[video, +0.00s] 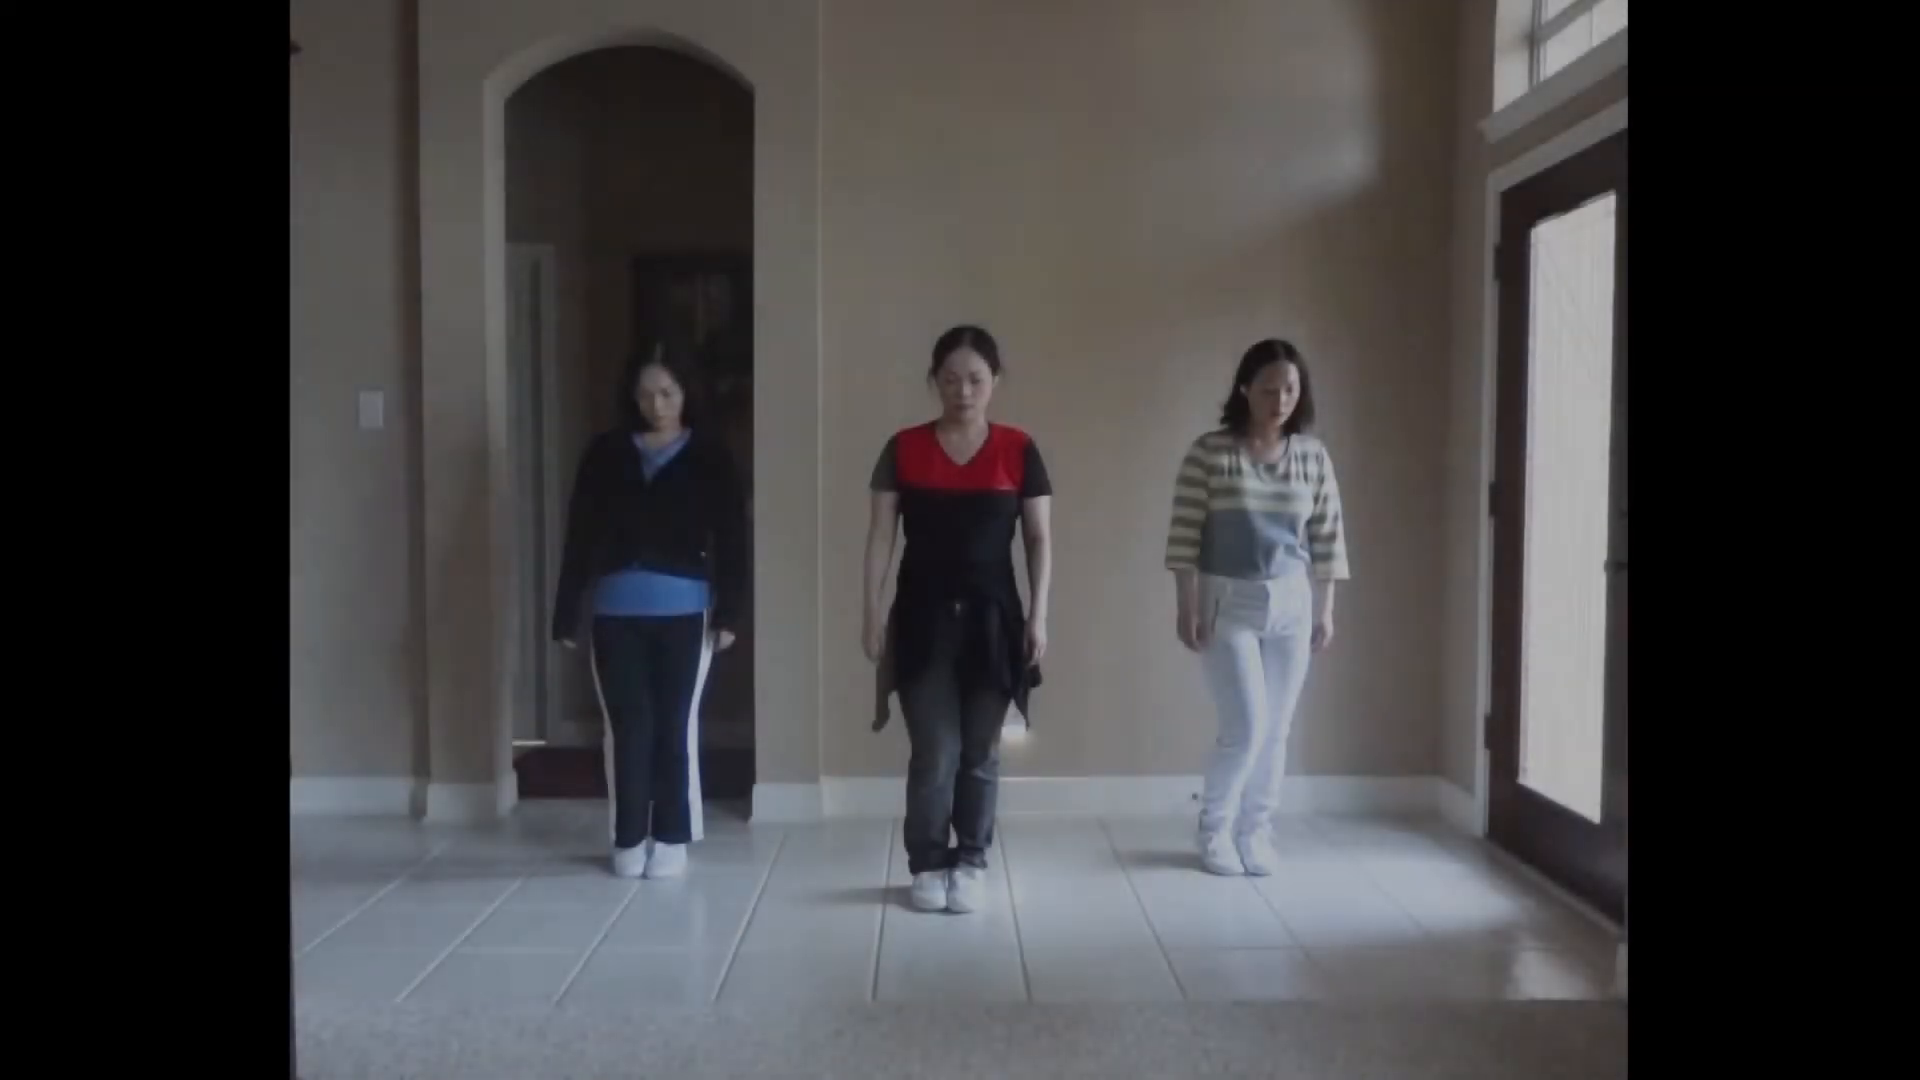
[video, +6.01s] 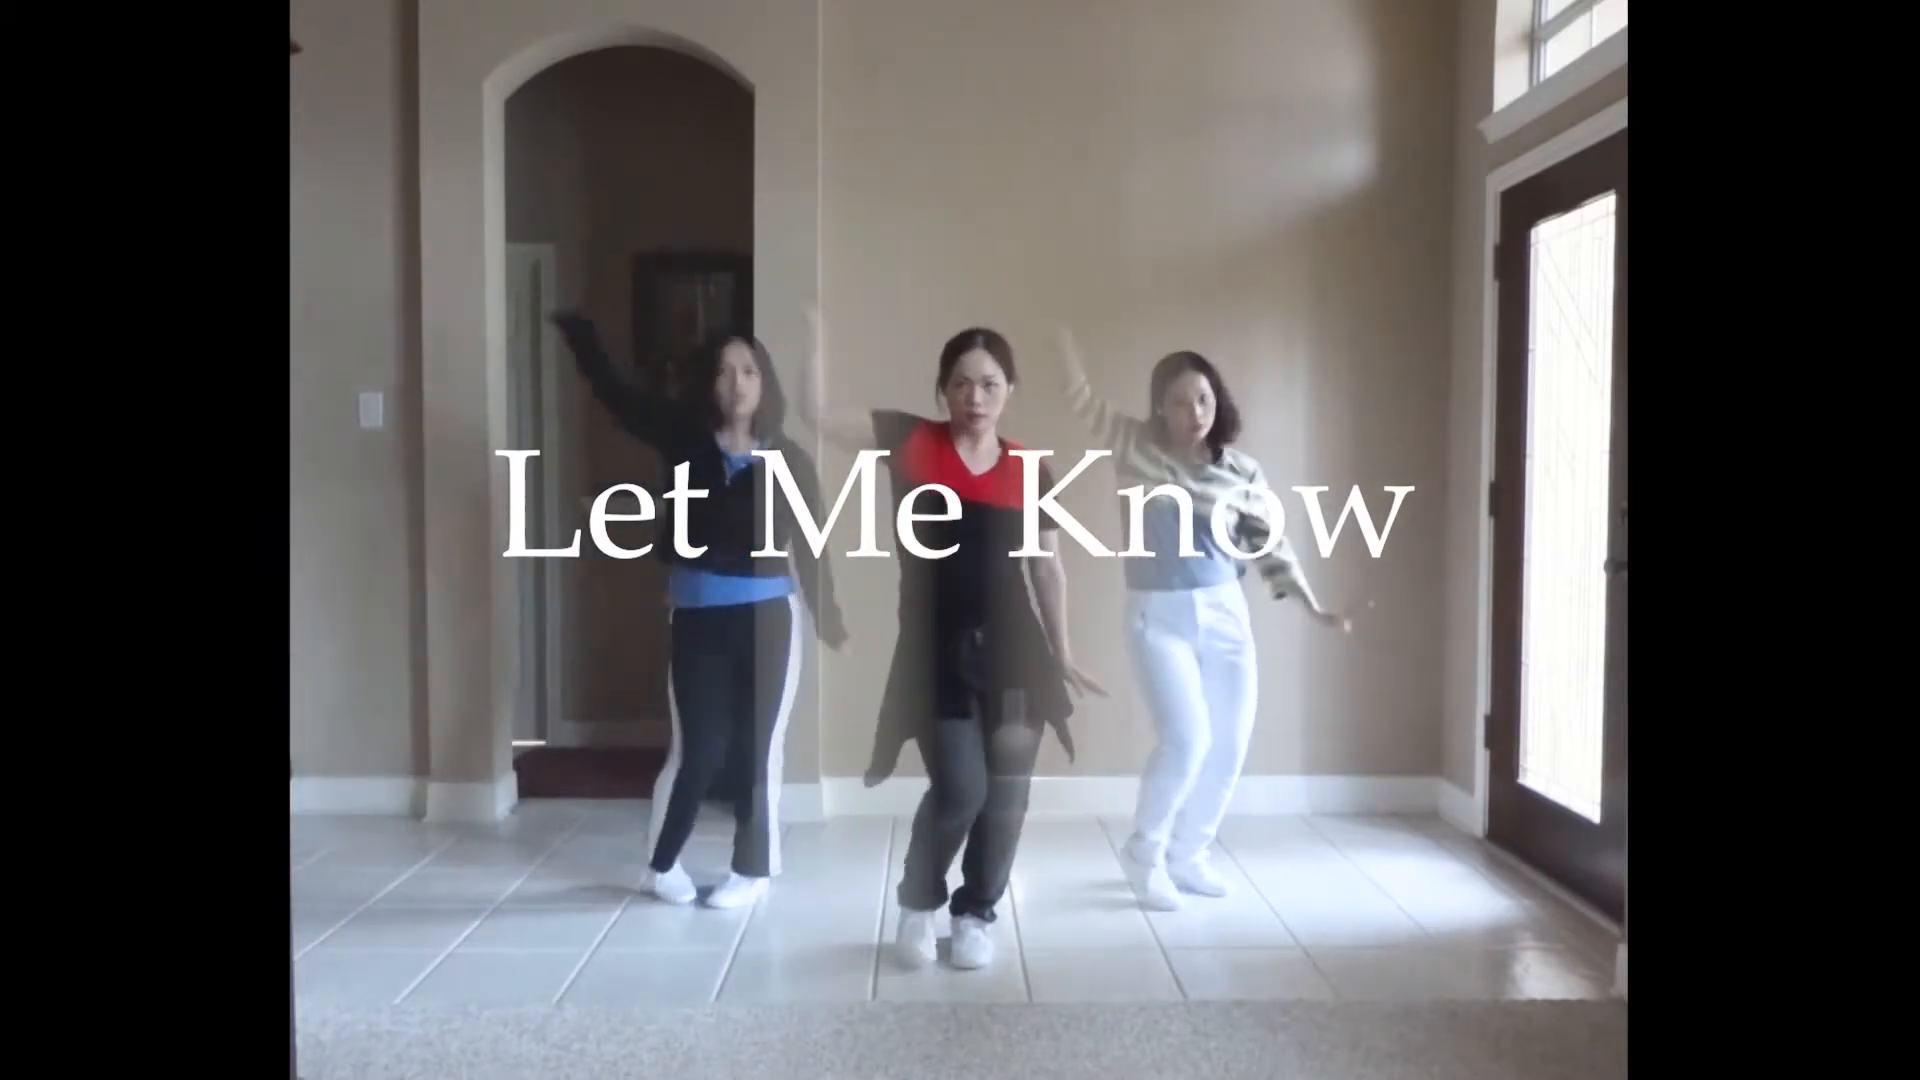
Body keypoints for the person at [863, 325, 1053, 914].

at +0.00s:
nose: (963, 388)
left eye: (975, 378)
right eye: (952, 377)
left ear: (993, 382)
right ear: (936, 381)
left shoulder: (1018, 450)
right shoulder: (905, 448)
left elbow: (1039, 539)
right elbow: (881, 536)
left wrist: (1038, 618)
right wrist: (873, 616)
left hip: (993, 618)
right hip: (923, 617)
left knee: (979, 751)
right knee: (935, 751)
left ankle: (969, 863)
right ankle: (928, 868)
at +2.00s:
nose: (945, 373)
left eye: (955, 365)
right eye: (934, 366)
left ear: (975, 380)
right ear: (918, 381)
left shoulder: (990, 442)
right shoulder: (898, 436)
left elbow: (997, 363)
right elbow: (899, 362)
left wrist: (968, 295)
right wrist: (924, 297)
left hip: (969, 602)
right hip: (906, 601)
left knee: (969, 738)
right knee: (919, 733)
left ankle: (978, 857)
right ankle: (932, 833)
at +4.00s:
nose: (975, 406)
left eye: (989, 397)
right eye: (965, 395)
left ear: (1006, 411)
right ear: (944, 407)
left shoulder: (1014, 471)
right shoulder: (915, 462)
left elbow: (1048, 483)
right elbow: (900, 471)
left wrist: (1020, 445)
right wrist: (922, 430)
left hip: (980, 639)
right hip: (909, 638)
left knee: (977, 778)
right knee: (908, 779)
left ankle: (971, 907)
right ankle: (921, 823)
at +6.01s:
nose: (974, 397)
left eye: (988, 384)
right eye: (962, 384)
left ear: (1010, 392)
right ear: (944, 391)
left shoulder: (1027, 469)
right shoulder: (917, 454)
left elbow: (1047, 565)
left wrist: (1062, 651)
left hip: (1012, 644)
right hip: (938, 645)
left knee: (1008, 791)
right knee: (962, 789)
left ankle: (975, 915)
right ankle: (919, 902)